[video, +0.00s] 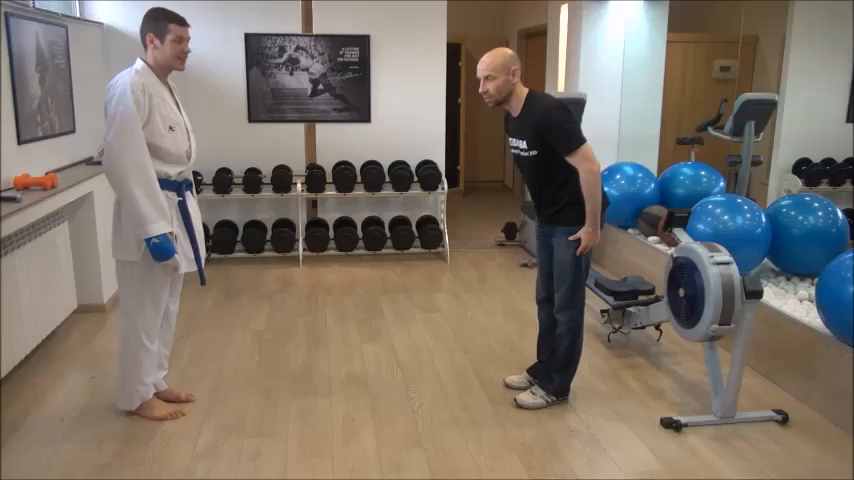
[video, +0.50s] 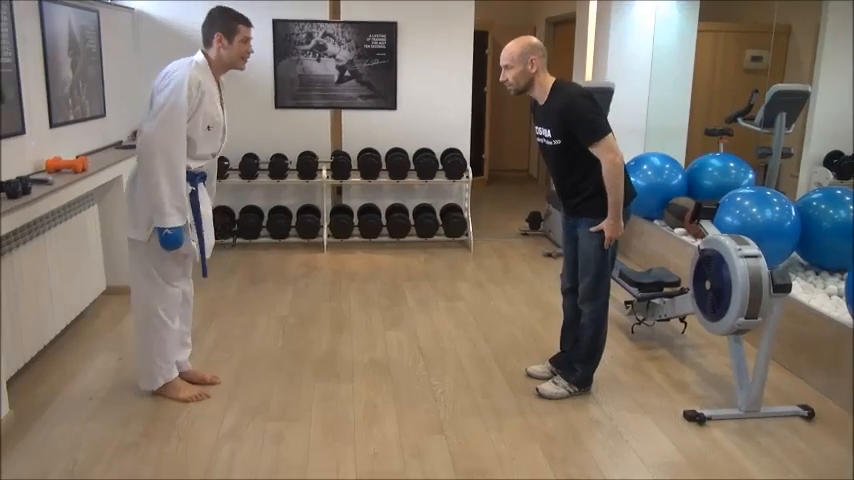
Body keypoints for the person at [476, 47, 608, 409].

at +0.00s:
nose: (482, 88)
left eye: (488, 79)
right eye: (479, 81)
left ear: (514, 75)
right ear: (484, 80)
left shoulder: (548, 112)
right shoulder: (512, 118)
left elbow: (589, 165)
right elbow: (539, 169)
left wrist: (591, 225)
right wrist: (543, 213)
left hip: (572, 224)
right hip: (545, 220)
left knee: (566, 308)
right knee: (546, 302)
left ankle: (557, 387)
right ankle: (544, 372)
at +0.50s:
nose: (502, 76)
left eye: (507, 68)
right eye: (501, 68)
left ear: (533, 65)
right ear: (529, 67)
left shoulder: (572, 100)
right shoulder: (539, 104)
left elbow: (612, 157)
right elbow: (563, 158)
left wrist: (614, 217)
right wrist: (567, 202)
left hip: (596, 214)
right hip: (571, 209)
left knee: (591, 298)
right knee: (571, 290)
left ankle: (580, 377)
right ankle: (566, 362)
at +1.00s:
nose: (493, 130)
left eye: (496, 122)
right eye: (491, 123)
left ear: (519, 114)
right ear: (520, 114)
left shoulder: (570, 131)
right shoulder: (548, 135)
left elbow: (630, 169)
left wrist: (646, 222)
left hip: (629, 211)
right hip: (603, 207)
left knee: (614, 297)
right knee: (596, 289)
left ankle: (596, 377)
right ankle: (582, 361)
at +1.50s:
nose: (507, 98)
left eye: (513, 90)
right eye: (507, 90)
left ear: (539, 88)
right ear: (538, 89)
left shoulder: (586, 117)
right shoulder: (561, 119)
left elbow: (639, 161)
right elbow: (601, 162)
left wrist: (651, 216)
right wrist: (608, 204)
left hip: (636, 208)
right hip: (610, 205)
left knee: (623, 293)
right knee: (604, 285)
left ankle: (608, 375)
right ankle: (595, 359)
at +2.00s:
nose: (584, 42)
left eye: (592, 36)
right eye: (586, 35)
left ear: (616, 45)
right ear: (611, 46)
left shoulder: (622, 93)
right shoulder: (595, 90)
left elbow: (635, 163)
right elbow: (592, 160)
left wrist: (619, 224)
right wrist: (577, 214)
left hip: (610, 222)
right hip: (583, 216)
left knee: (609, 310)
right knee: (563, 285)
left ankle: (615, 391)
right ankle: (593, 366)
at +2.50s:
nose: (566, 79)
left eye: (573, 72)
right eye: (567, 73)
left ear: (599, 75)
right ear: (592, 77)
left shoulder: (610, 123)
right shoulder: (582, 123)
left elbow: (618, 192)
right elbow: (576, 185)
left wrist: (597, 250)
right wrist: (560, 236)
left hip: (587, 248)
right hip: (562, 243)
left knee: (589, 337)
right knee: (565, 334)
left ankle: (616, 420)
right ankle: (567, 411)